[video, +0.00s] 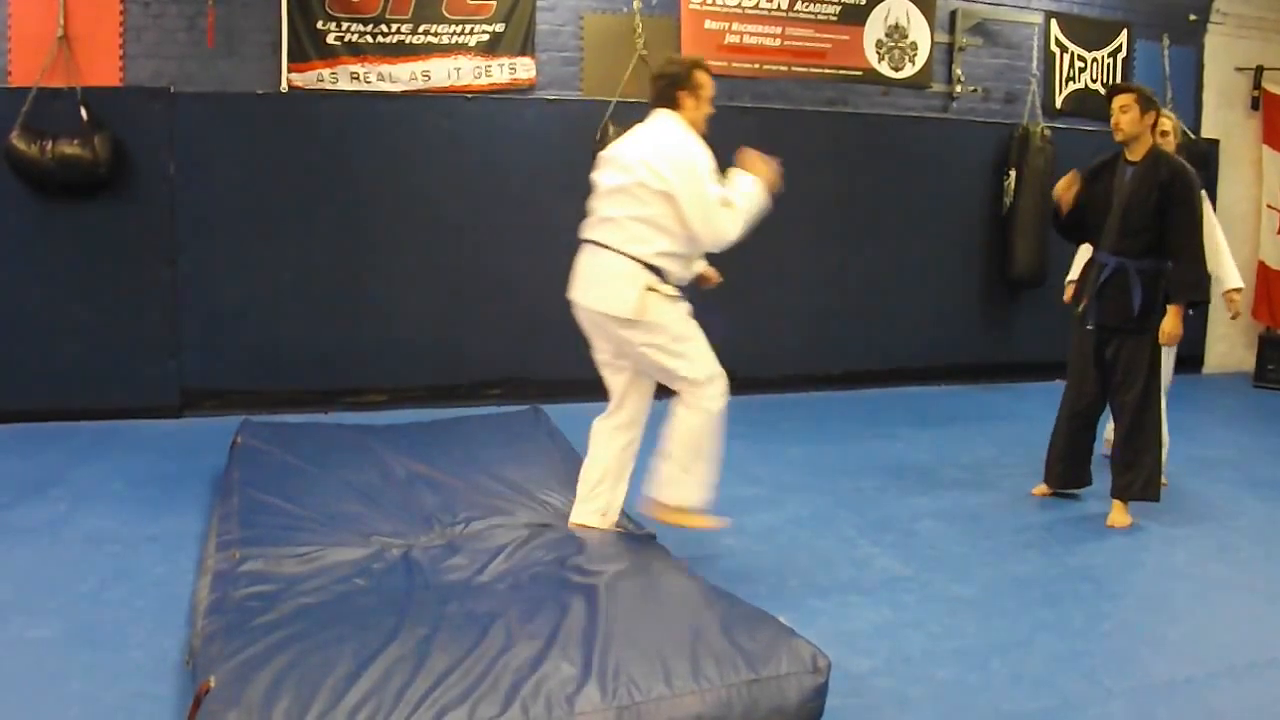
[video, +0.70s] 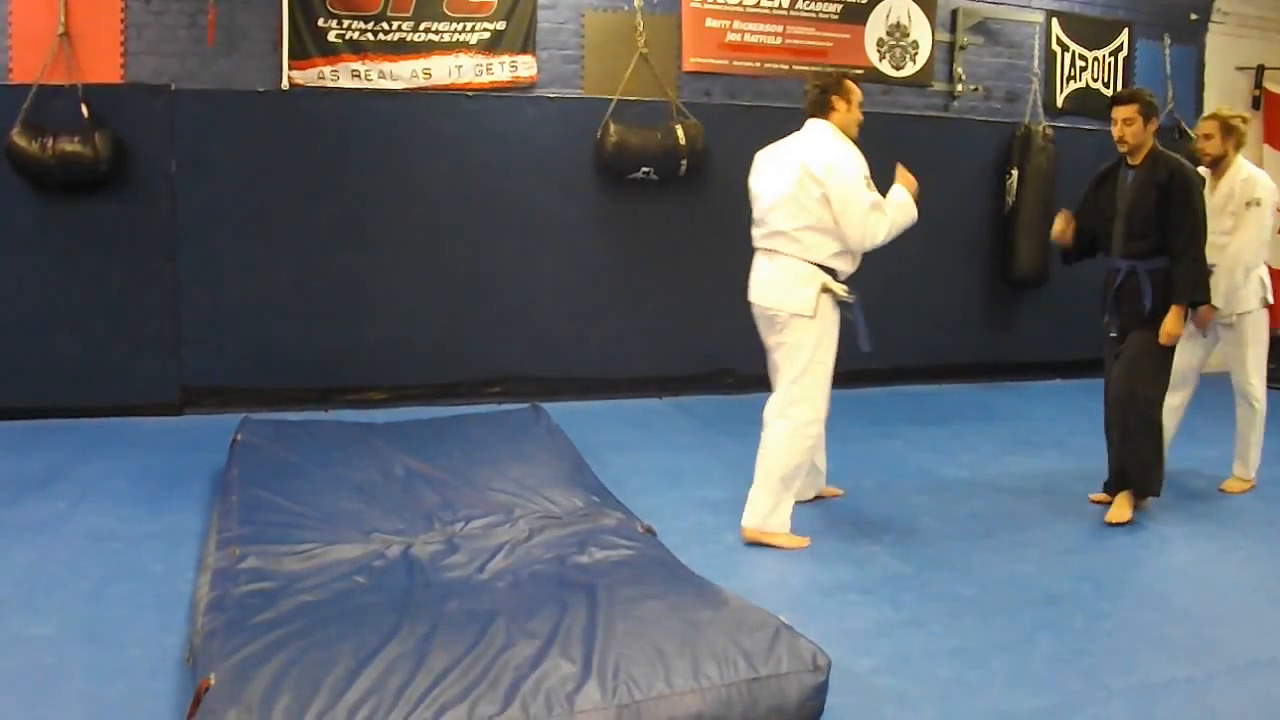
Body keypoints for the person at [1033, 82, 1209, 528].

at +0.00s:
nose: (1116, 119)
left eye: (1125, 111)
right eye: (1113, 113)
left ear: (1150, 117)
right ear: (1113, 121)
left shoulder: (1177, 176)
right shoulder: (1105, 171)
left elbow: (1187, 248)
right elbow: (1083, 233)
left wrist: (1176, 308)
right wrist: (1065, 205)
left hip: (1143, 298)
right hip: (1097, 291)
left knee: (1133, 401)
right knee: (1080, 391)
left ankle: (1122, 497)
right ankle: (1062, 477)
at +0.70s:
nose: (1119, 131)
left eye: (1128, 123)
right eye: (1115, 123)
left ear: (1151, 125)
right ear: (1112, 126)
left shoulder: (1178, 175)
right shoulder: (1110, 176)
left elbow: (1190, 247)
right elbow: (1090, 239)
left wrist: (1179, 308)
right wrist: (1069, 235)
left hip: (1160, 299)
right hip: (1120, 296)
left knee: (1131, 387)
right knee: (1117, 388)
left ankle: (1131, 490)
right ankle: (1118, 481)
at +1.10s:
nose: (1110, 149)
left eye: (1119, 140)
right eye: (1104, 140)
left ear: (1140, 139)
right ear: (1096, 140)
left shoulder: (1163, 190)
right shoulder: (1086, 187)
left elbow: (1186, 262)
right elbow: (1071, 250)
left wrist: (1198, 330)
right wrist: (1071, 306)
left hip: (1140, 308)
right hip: (1093, 308)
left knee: (1124, 407)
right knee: (1106, 404)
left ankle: (1120, 519)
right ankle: (1126, 486)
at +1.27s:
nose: (1111, 157)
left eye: (1121, 148)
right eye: (1105, 147)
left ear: (1142, 148)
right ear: (1096, 145)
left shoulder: (1162, 204)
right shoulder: (1070, 187)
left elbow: (1176, 277)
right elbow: (1038, 245)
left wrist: (1173, 343)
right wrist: (1031, 305)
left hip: (1122, 324)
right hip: (1066, 318)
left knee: (1110, 430)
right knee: (1051, 422)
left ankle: (1119, 534)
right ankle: (1095, 464)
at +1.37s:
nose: (1107, 164)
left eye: (1117, 154)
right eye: (1100, 152)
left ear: (1134, 153)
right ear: (1089, 149)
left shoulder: (1151, 209)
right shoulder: (1057, 189)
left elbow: (1161, 284)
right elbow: (1017, 250)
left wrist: (1153, 348)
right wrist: (1000, 315)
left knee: (1105, 439)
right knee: (1018, 426)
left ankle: (1120, 537)